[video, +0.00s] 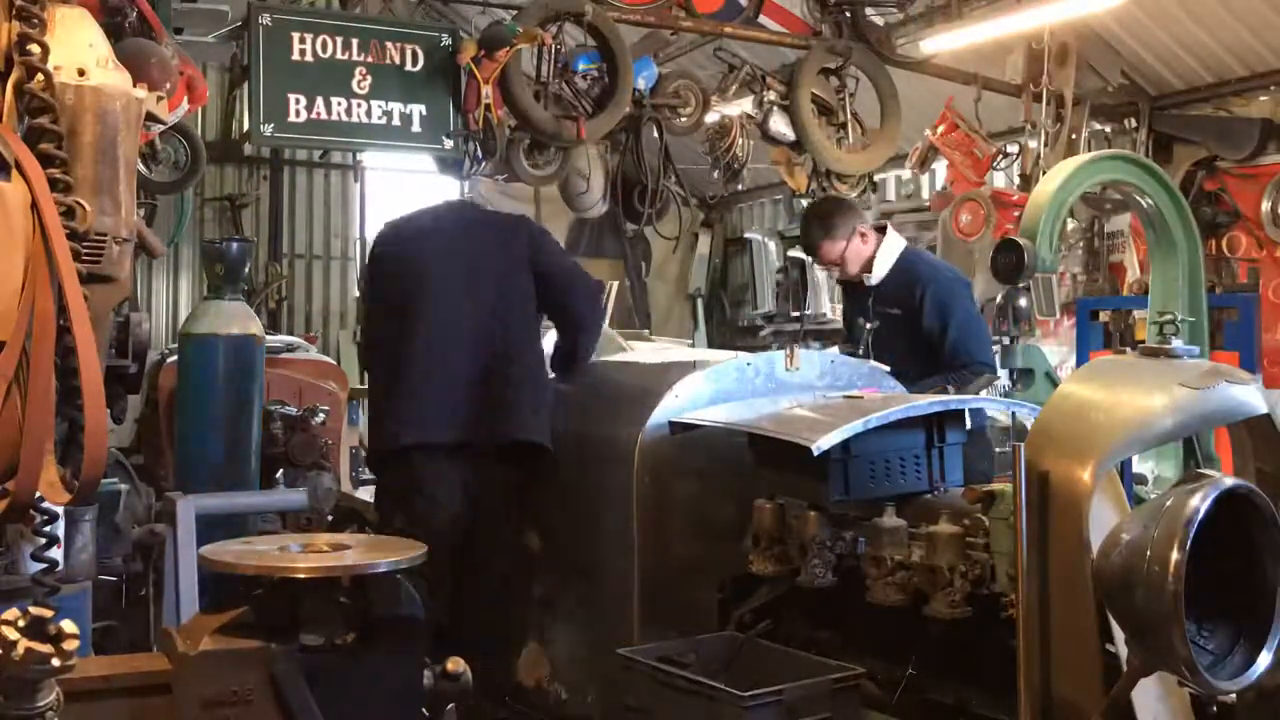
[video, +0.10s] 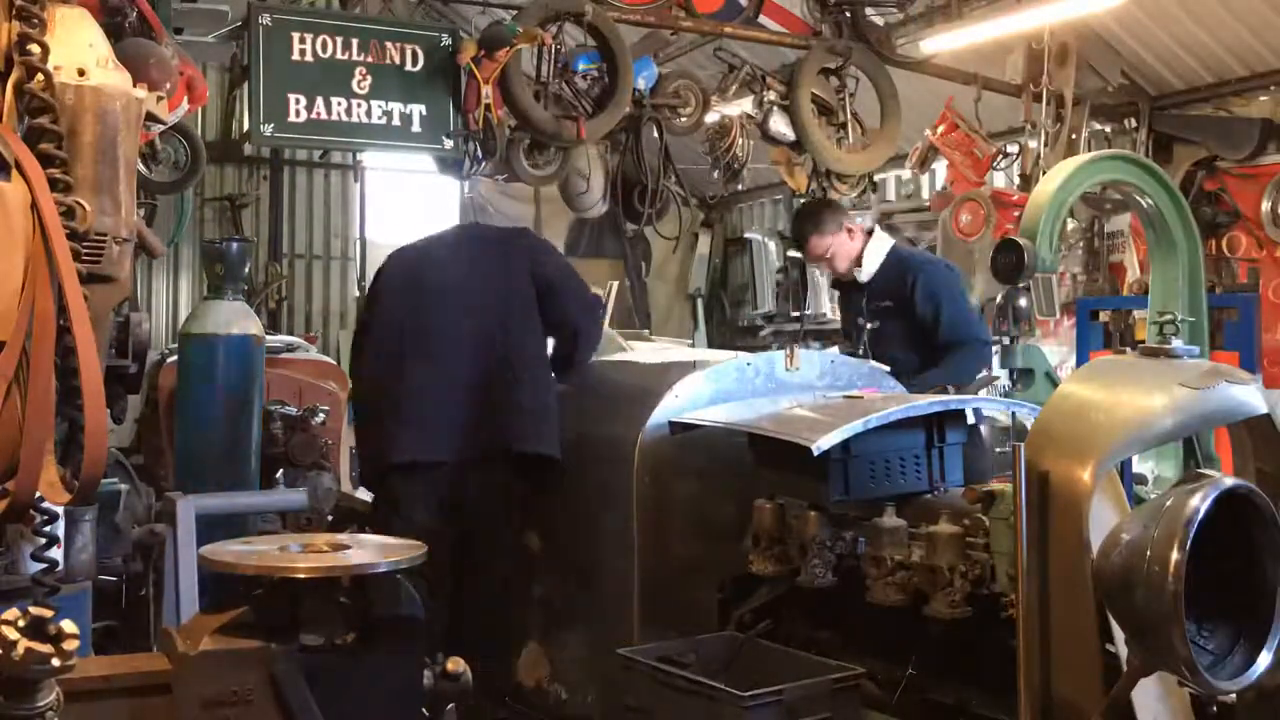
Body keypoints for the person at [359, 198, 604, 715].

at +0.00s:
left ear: (448, 200)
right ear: (493, 204)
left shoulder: (394, 236)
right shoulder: (520, 232)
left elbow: (372, 334)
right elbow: (584, 299)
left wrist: (387, 402)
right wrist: (561, 374)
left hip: (412, 429)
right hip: (507, 428)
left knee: (418, 569)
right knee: (497, 567)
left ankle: (424, 694)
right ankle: (492, 698)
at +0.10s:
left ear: (459, 223)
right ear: (515, 229)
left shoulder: (401, 259)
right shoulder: (526, 247)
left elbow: (363, 357)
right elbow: (583, 314)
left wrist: (370, 448)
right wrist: (560, 371)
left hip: (407, 433)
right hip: (502, 432)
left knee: (407, 568)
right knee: (495, 565)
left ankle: (407, 692)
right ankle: (492, 694)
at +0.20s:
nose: (599, 256)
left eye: (602, 250)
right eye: (600, 249)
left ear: (540, 220)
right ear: (585, 232)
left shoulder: (466, 253)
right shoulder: (578, 262)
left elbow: (427, 358)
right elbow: (595, 372)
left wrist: (419, 447)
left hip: (443, 452)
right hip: (526, 455)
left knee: (458, 578)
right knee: (511, 584)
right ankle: (498, 696)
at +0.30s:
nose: (584, 257)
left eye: (586, 249)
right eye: (586, 247)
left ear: (530, 220)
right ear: (572, 230)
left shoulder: (453, 264)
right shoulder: (558, 267)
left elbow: (416, 367)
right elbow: (573, 380)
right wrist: (600, 357)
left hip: (426, 471)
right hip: (511, 477)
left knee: (441, 615)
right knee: (507, 624)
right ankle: (503, 709)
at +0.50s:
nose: (543, 222)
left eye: (546, 216)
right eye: (544, 214)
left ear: (483, 194)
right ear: (527, 199)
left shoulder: (416, 253)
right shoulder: (520, 235)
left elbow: (407, 362)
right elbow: (566, 331)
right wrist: (607, 366)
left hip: (424, 456)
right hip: (508, 453)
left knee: (446, 600)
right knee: (513, 601)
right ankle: (508, 708)